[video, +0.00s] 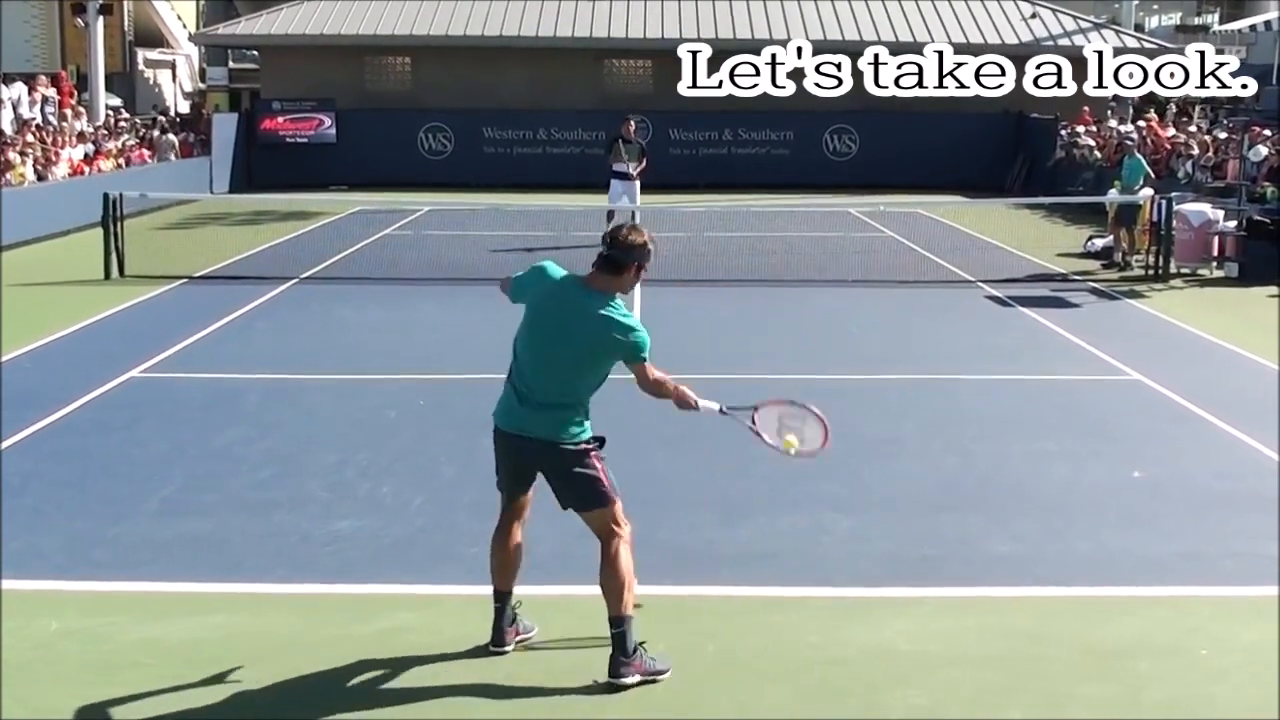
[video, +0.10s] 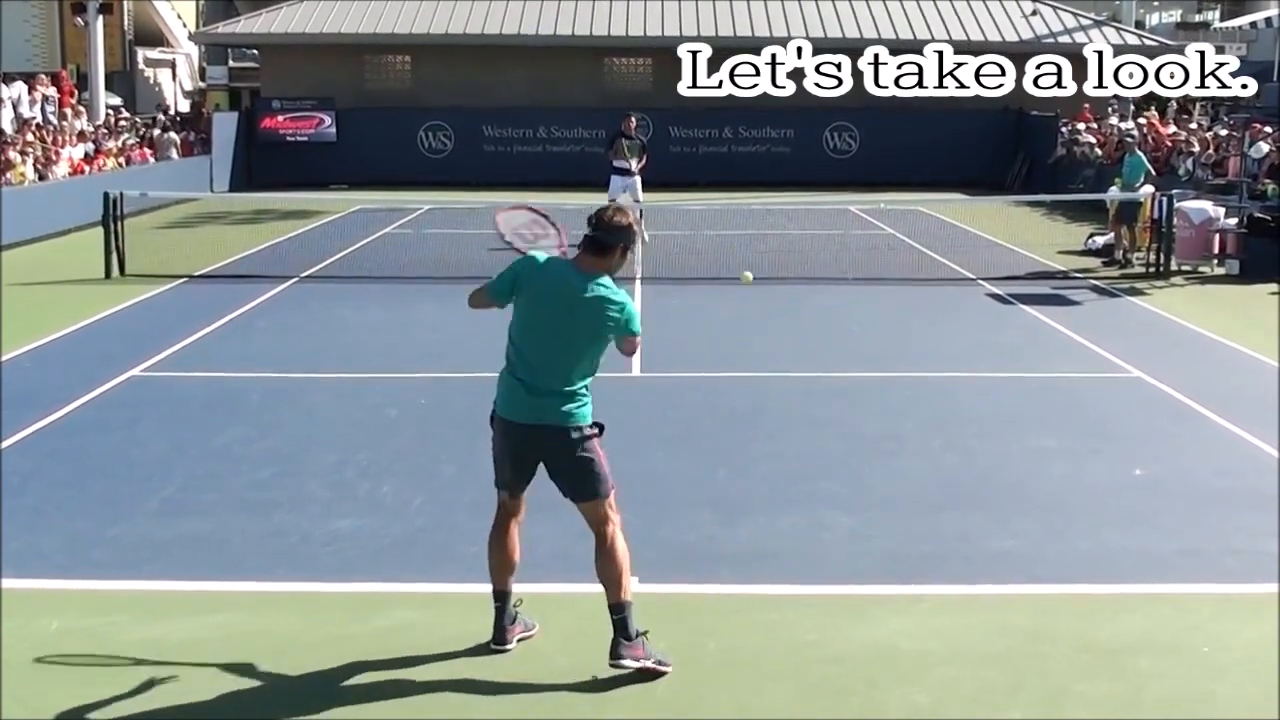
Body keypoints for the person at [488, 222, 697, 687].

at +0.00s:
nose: (642, 277)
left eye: (643, 270)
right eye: (643, 271)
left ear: (601, 256)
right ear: (632, 272)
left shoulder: (545, 276)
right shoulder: (623, 327)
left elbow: (507, 287)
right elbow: (647, 378)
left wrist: (560, 294)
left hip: (510, 429)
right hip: (565, 439)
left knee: (511, 514)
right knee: (615, 534)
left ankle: (502, 624)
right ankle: (625, 656)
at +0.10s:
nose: (626, 260)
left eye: (626, 253)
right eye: (628, 253)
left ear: (585, 237)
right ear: (622, 253)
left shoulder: (531, 267)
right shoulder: (613, 300)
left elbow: (477, 300)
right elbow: (629, 346)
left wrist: (523, 285)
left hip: (512, 418)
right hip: (568, 425)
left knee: (508, 511)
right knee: (606, 526)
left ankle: (503, 623)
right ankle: (626, 640)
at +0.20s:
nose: (611, 240)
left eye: (605, 231)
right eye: (612, 234)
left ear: (570, 224)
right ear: (608, 235)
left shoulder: (524, 262)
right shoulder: (611, 283)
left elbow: (473, 318)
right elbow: (575, 304)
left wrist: (490, 275)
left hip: (514, 408)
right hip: (571, 412)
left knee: (510, 510)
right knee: (601, 517)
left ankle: (504, 621)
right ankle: (623, 624)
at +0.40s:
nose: (577, 215)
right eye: (579, 209)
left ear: (540, 213)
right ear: (579, 214)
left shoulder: (530, 260)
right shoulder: (592, 255)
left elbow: (520, 333)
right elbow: (530, 254)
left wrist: (470, 301)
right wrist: (474, 246)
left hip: (525, 405)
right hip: (578, 402)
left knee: (513, 507)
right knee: (604, 504)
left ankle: (507, 614)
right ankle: (626, 604)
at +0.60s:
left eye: (540, 201)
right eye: (571, 202)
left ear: (534, 207)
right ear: (574, 208)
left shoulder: (535, 256)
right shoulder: (594, 254)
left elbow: (544, 331)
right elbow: (556, 311)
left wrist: (485, 325)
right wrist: (490, 312)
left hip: (542, 400)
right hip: (594, 392)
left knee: (524, 504)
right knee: (623, 491)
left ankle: (513, 611)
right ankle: (663, 588)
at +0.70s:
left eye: (546, 202)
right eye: (575, 202)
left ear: (540, 207)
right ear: (581, 209)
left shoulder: (538, 255)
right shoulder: (605, 258)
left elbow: (543, 331)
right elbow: (591, 329)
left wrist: (489, 342)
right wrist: (523, 350)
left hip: (551, 400)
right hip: (605, 392)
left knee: (529, 503)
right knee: (633, 491)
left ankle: (514, 612)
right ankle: (673, 594)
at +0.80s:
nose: (561, 227)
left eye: (551, 222)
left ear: (552, 226)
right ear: (591, 224)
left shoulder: (542, 270)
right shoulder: (620, 275)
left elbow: (532, 343)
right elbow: (632, 350)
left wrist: (507, 363)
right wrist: (575, 359)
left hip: (560, 412)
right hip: (614, 409)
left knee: (529, 504)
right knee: (646, 500)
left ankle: (514, 611)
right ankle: (682, 604)